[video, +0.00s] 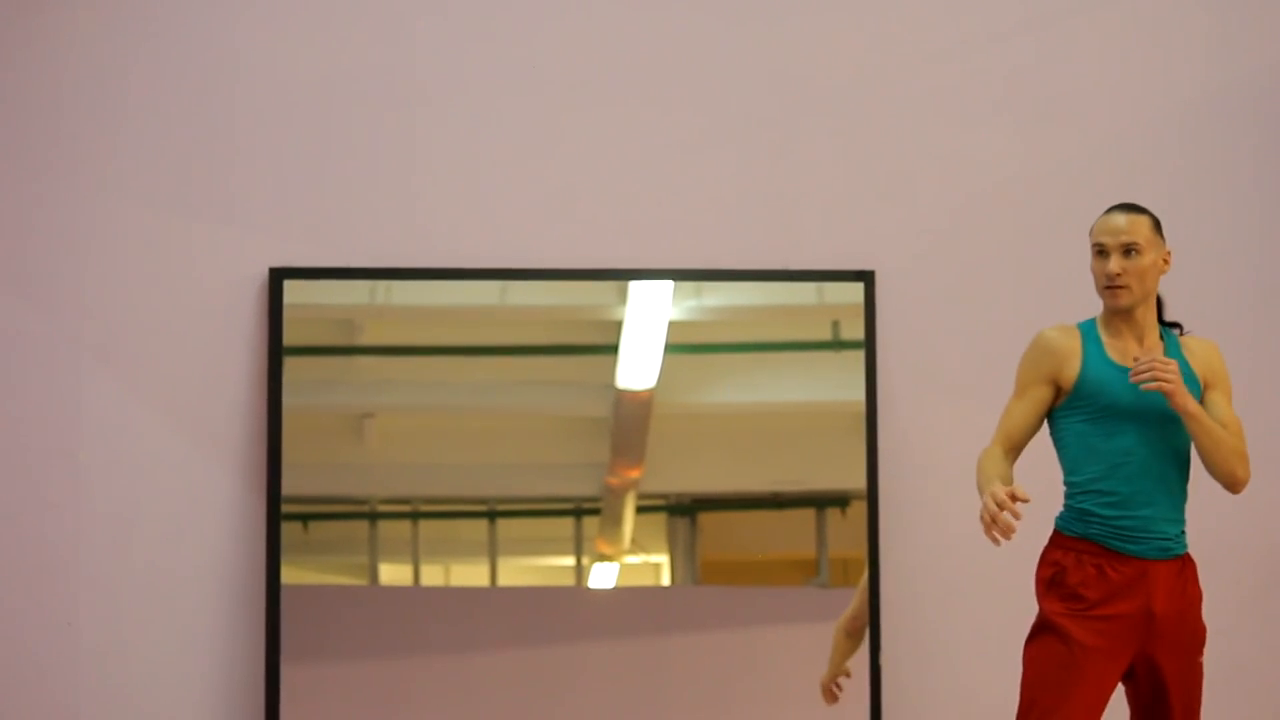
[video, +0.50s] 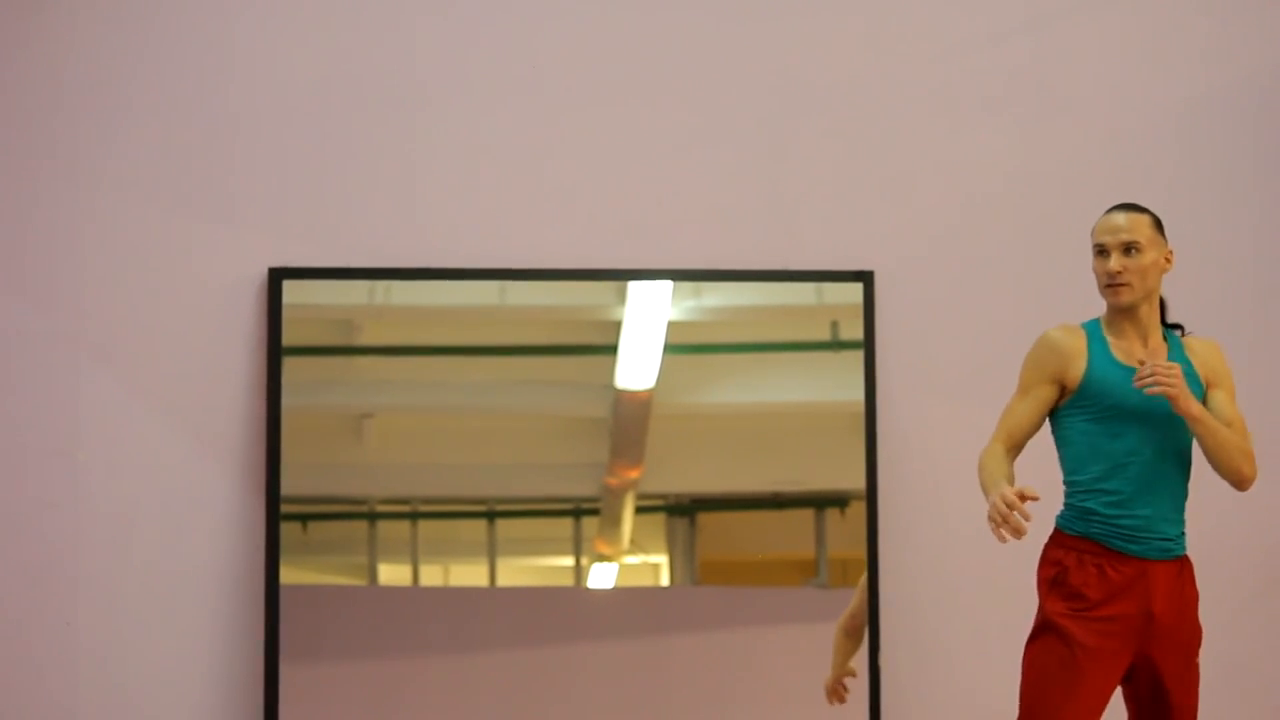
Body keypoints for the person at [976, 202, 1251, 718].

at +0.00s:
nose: (1112, 266)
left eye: (1130, 251)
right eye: (1101, 253)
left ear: (1163, 262)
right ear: (1090, 263)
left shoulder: (1199, 356)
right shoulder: (1058, 349)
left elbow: (1235, 474)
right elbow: (1001, 450)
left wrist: (1186, 404)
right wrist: (994, 491)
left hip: (1169, 583)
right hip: (1083, 578)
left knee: (1175, 712)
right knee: (1048, 712)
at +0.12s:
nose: (1112, 265)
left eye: (1129, 250)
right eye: (1100, 251)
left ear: (1163, 261)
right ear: (1090, 263)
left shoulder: (1201, 357)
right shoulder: (1057, 348)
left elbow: (1235, 474)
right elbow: (1000, 449)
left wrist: (1183, 403)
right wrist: (993, 490)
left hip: (1167, 583)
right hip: (1081, 577)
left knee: (1172, 713)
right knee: (1047, 712)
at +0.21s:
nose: (1111, 263)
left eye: (1129, 249)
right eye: (1100, 250)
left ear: (1163, 260)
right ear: (1090, 263)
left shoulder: (1201, 357)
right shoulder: (1058, 348)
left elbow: (1235, 475)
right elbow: (1000, 449)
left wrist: (1183, 402)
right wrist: (994, 490)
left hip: (1167, 583)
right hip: (1081, 576)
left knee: (1171, 712)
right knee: (1048, 711)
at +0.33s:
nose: (1112, 263)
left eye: (1130, 249)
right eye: (1101, 251)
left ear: (1164, 260)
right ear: (1091, 264)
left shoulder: (1201, 357)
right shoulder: (1060, 349)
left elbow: (1237, 475)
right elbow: (1001, 450)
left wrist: (1188, 404)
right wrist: (997, 496)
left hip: (1169, 582)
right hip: (1084, 576)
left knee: (1174, 712)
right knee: (1049, 711)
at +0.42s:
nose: (1113, 264)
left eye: (1130, 249)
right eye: (1101, 252)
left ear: (1165, 260)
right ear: (1092, 264)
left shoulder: (1201, 357)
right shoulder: (1062, 349)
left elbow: (1240, 475)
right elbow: (1001, 451)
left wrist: (1192, 404)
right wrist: (999, 495)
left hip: (1170, 582)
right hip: (1084, 576)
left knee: (1175, 712)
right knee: (1051, 713)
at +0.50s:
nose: (1113, 265)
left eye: (1130, 250)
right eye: (1101, 253)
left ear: (1165, 260)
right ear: (1092, 264)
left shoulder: (1201, 356)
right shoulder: (1063, 348)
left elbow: (1242, 472)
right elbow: (1001, 448)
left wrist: (1189, 407)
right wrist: (999, 492)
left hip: (1167, 584)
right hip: (1082, 578)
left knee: (1173, 712)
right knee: (1050, 712)